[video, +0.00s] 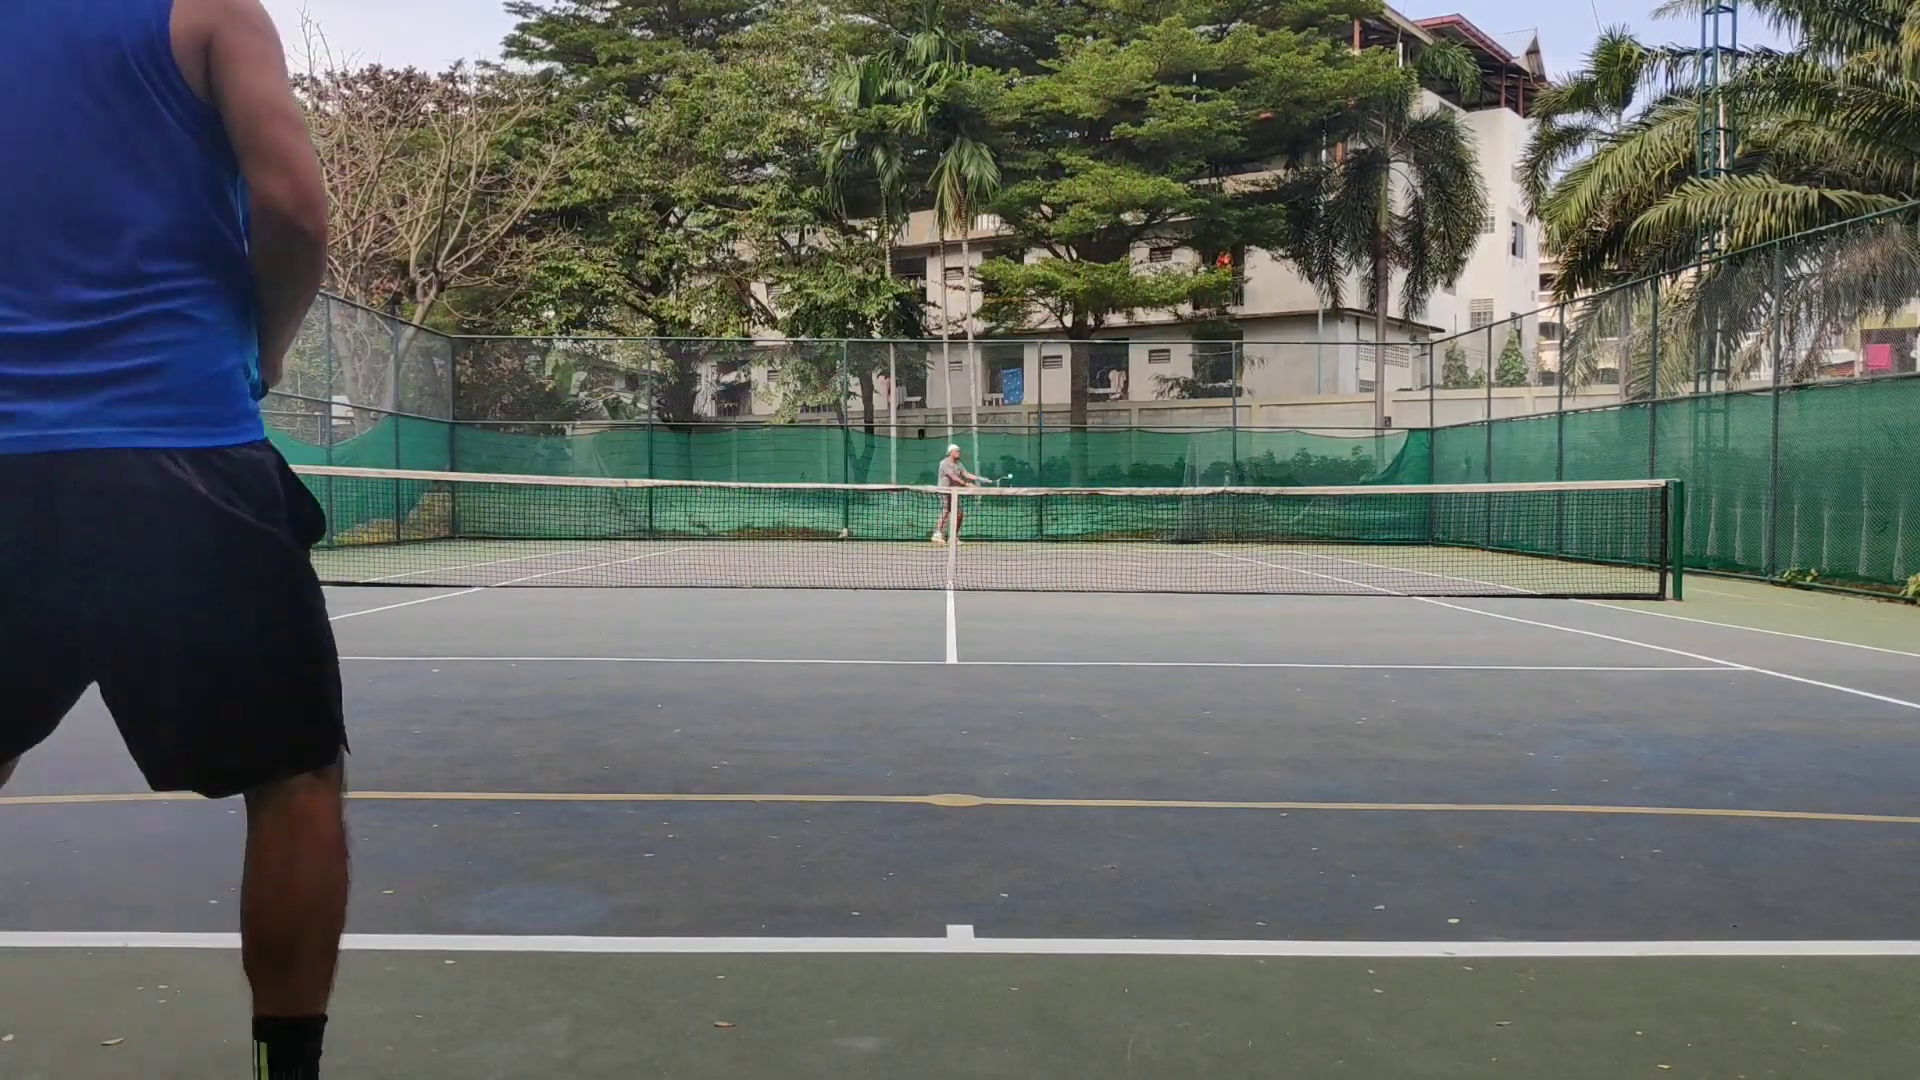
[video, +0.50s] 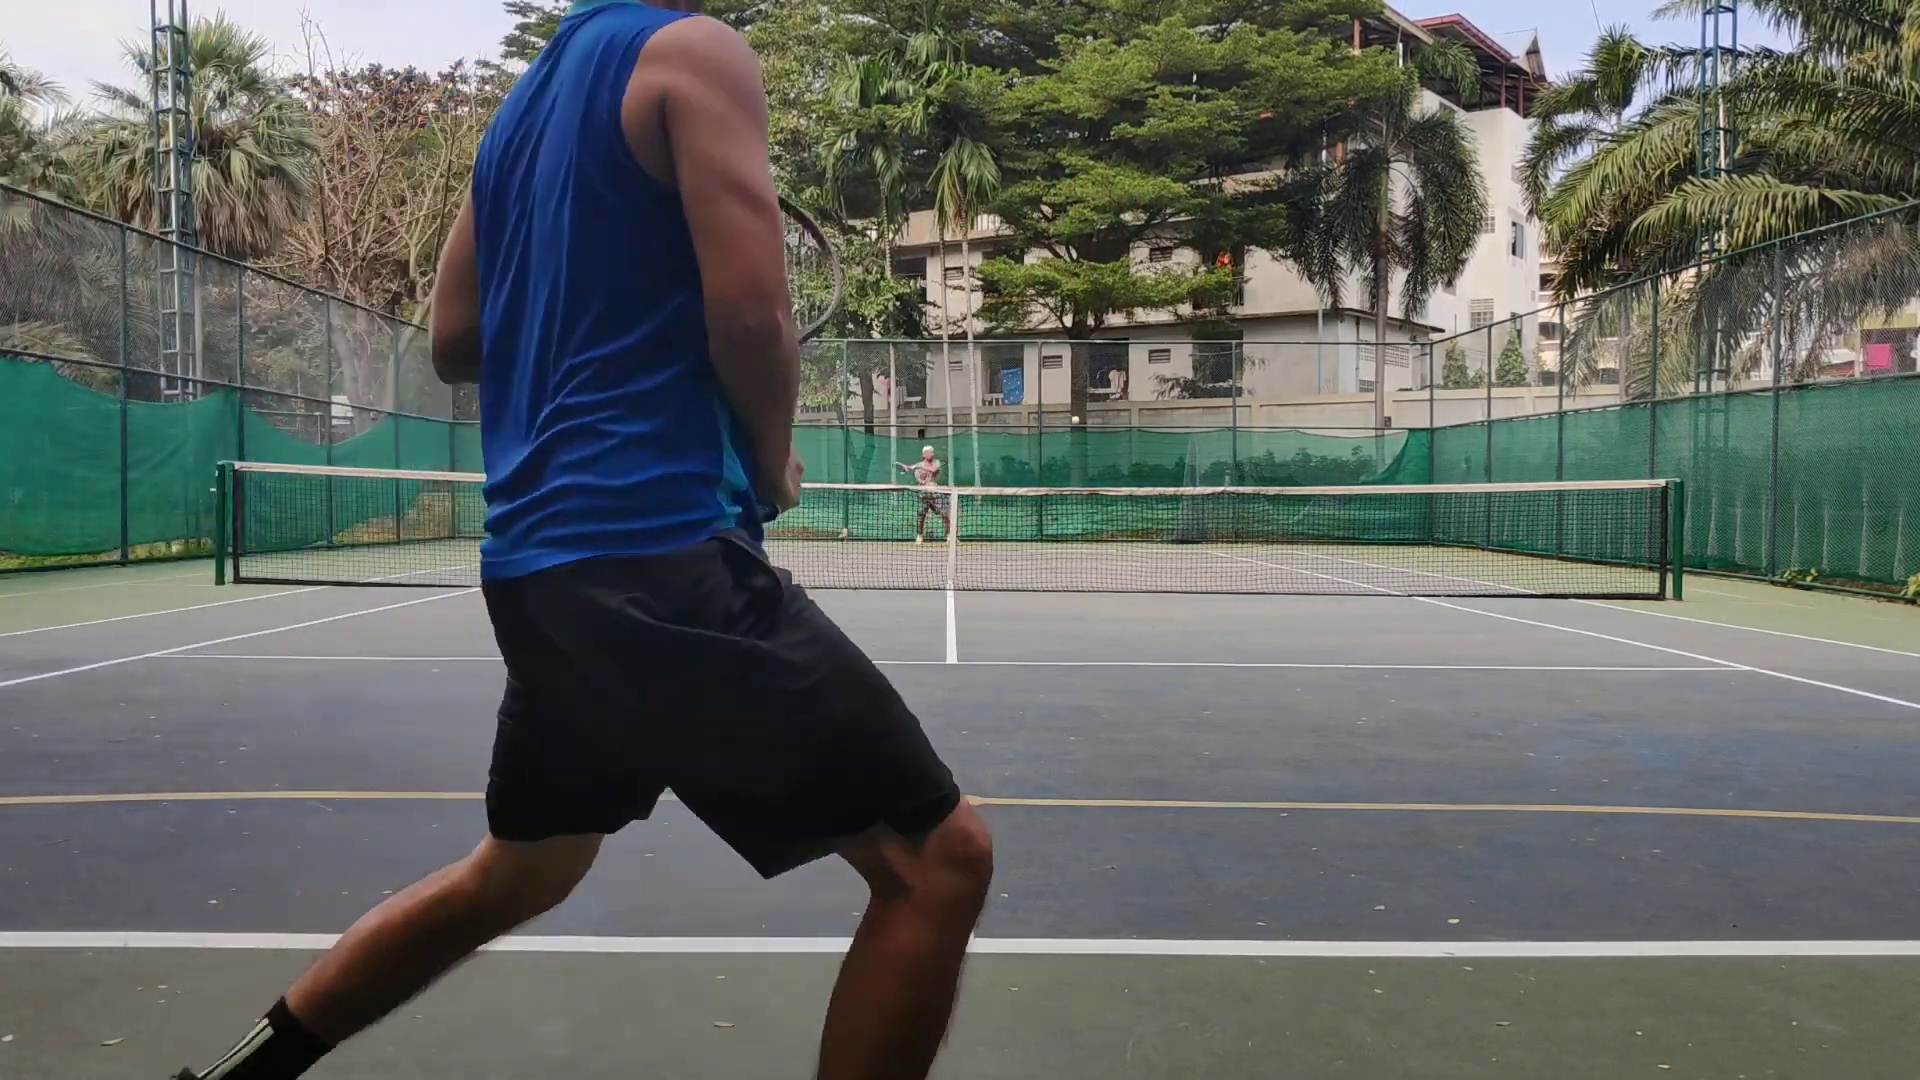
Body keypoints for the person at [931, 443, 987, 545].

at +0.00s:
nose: (958, 453)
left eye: (959, 451)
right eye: (956, 451)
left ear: (958, 453)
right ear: (951, 453)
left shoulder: (958, 464)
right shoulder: (945, 463)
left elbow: (966, 474)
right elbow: (953, 476)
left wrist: (980, 479)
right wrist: (966, 484)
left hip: (955, 491)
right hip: (945, 491)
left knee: (959, 514)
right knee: (946, 512)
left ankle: (954, 536)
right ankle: (938, 534)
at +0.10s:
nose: (952, 452)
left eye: (952, 450)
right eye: (950, 450)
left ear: (953, 451)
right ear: (945, 452)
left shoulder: (955, 461)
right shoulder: (940, 463)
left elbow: (959, 471)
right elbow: (948, 476)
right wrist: (962, 484)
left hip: (953, 489)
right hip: (943, 488)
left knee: (959, 513)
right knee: (945, 510)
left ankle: (954, 536)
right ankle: (929, 529)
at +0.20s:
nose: (947, 453)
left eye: (948, 451)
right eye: (945, 451)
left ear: (949, 453)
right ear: (940, 453)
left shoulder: (950, 461)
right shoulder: (936, 463)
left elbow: (954, 469)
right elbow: (943, 477)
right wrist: (956, 483)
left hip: (951, 489)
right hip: (942, 488)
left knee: (957, 514)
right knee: (943, 513)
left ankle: (954, 537)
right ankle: (926, 529)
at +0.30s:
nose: (941, 453)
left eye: (942, 451)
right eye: (939, 452)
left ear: (943, 453)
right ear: (934, 454)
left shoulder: (945, 462)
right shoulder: (929, 465)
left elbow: (945, 467)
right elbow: (936, 477)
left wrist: (929, 462)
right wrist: (948, 482)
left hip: (948, 490)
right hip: (937, 490)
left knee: (957, 514)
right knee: (937, 513)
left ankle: (954, 537)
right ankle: (923, 533)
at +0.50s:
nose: (930, 455)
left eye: (931, 452)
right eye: (928, 453)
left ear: (933, 454)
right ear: (924, 454)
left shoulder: (936, 463)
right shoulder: (920, 464)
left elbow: (934, 470)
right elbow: (910, 468)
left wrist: (922, 467)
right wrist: (902, 465)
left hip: (934, 492)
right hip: (923, 492)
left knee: (945, 514)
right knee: (921, 515)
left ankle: (948, 534)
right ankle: (920, 534)